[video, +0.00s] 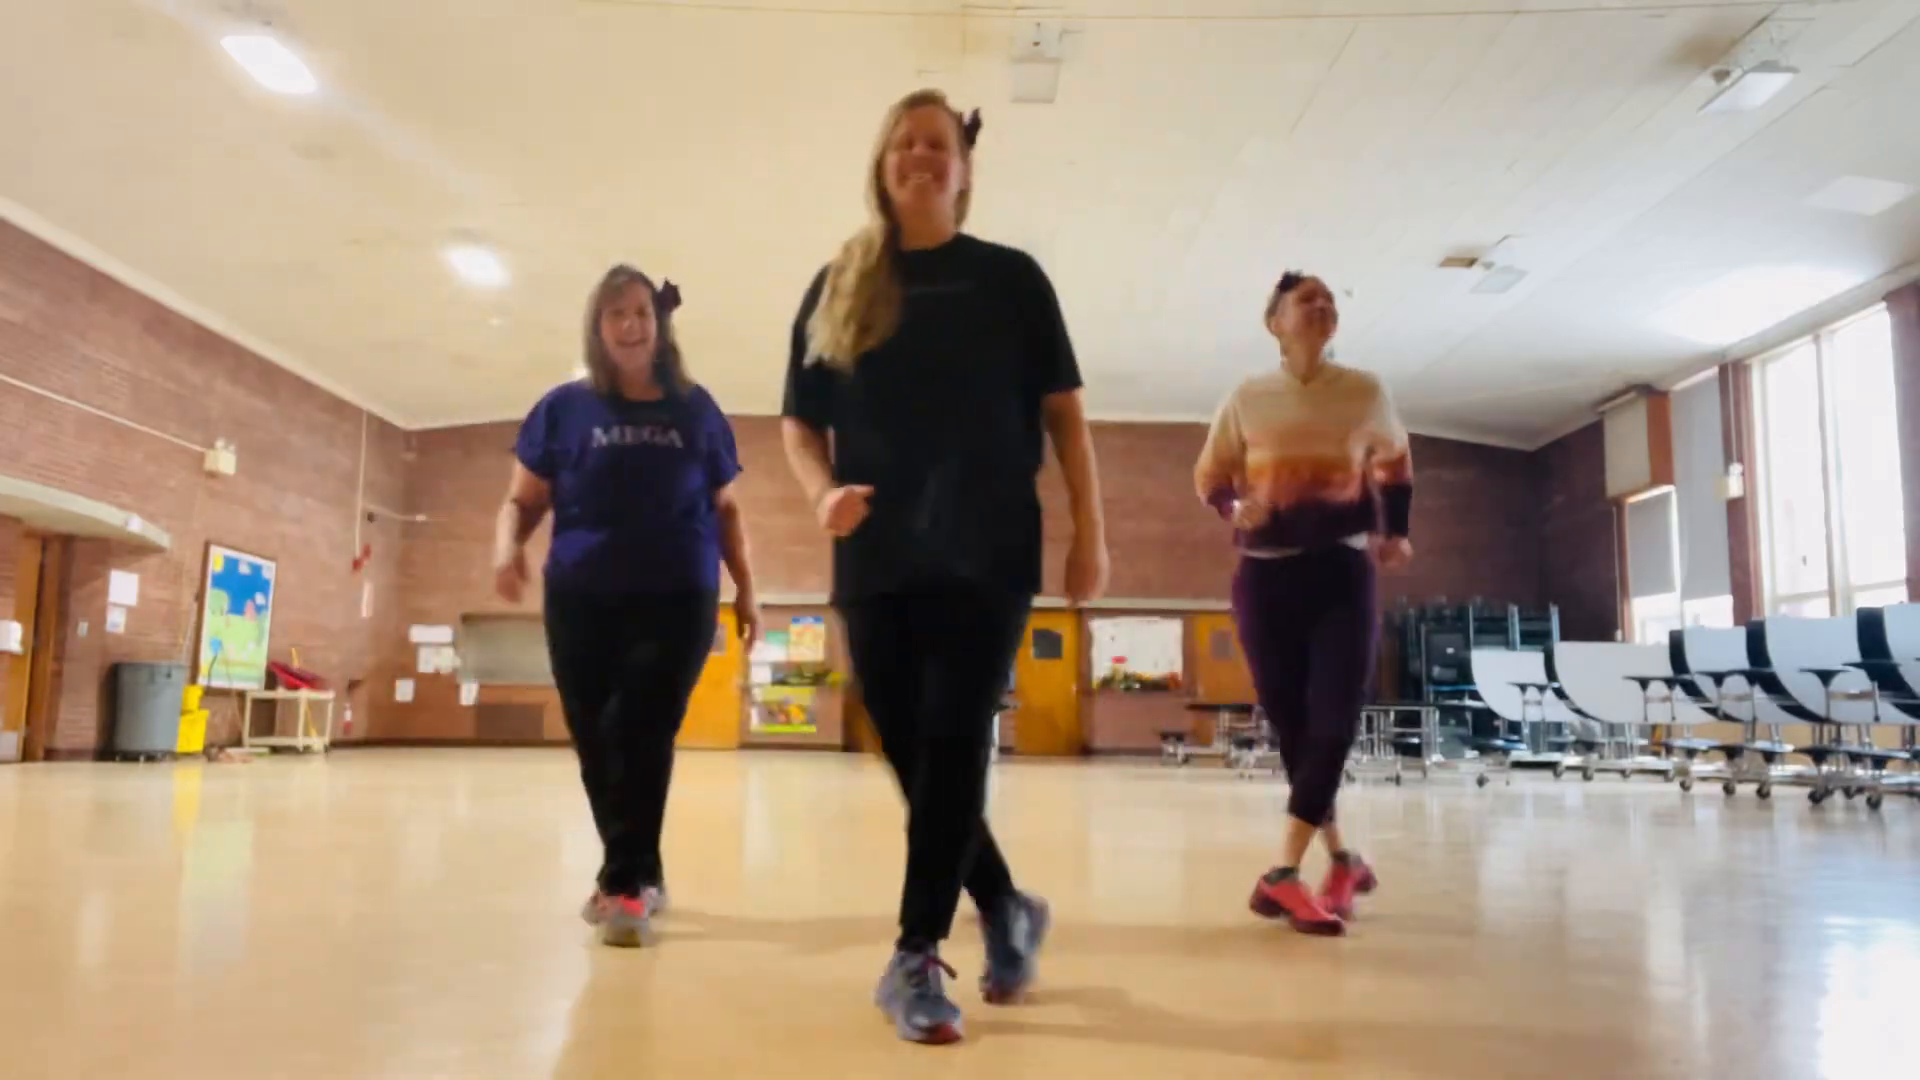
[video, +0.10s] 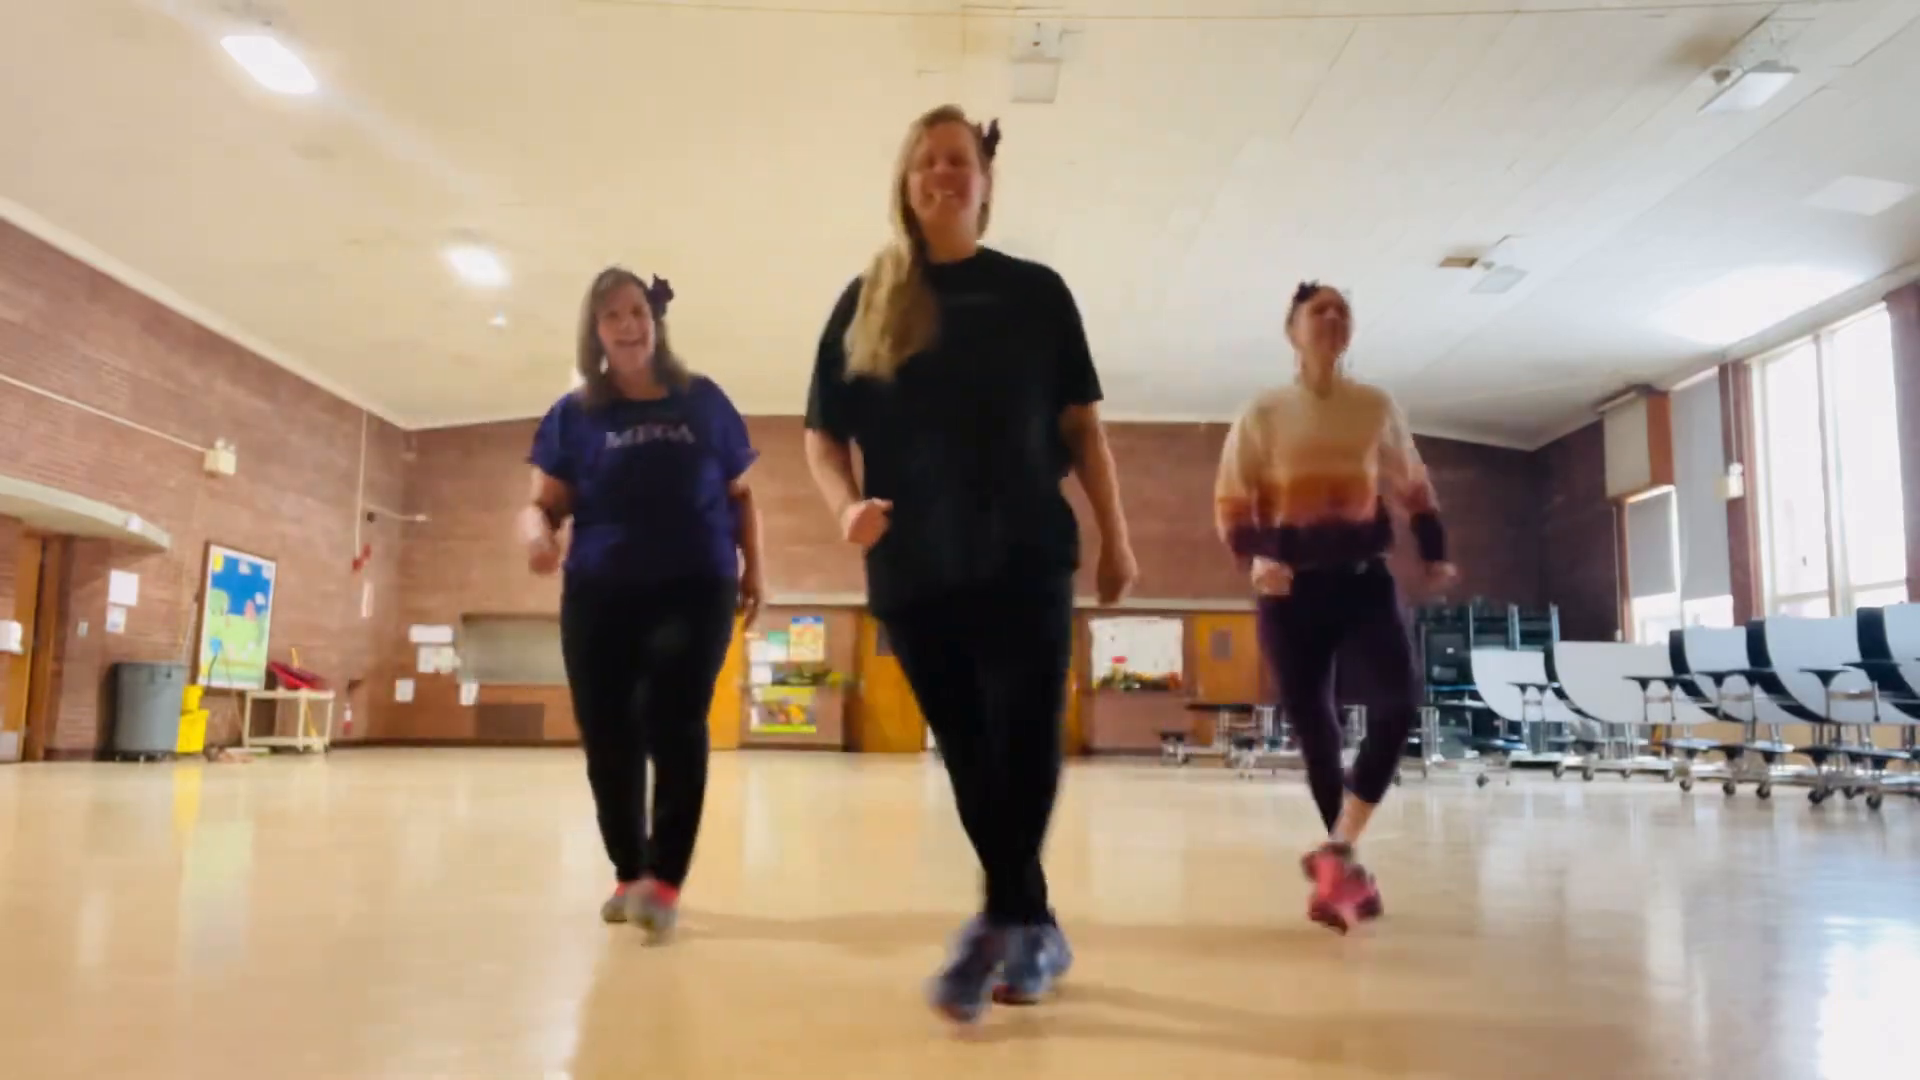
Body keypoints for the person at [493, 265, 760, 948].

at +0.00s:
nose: (631, 324)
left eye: (642, 313)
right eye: (618, 314)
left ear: (660, 322)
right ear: (597, 326)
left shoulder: (695, 409)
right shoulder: (563, 409)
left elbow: (725, 508)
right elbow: (523, 500)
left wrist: (744, 590)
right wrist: (508, 550)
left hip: (675, 596)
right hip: (583, 595)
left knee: (641, 735)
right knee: (597, 740)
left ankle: (620, 889)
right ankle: (638, 877)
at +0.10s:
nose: (628, 324)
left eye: (637, 312)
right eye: (613, 315)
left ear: (657, 321)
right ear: (594, 328)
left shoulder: (701, 400)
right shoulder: (573, 414)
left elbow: (741, 495)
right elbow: (544, 503)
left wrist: (751, 573)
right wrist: (541, 534)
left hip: (692, 587)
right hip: (600, 592)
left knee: (676, 728)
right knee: (609, 736)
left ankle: (665, 882)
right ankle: (629, 877)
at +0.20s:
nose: (638, 318)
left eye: (647, 306)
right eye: (624, 310)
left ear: (669, 315)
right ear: (606, 326)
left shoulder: (715, 396)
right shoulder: (585, 412)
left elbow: (762, 484)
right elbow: (559, 497)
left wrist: (773, 552)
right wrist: (556, 507)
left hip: (707, 582)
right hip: (613, 589)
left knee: (703, 722)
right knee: (619, 738)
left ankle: (729, 872)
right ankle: (637, 877)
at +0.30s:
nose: (651, 318)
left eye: (661, 307)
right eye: (639, 310)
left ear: (685, 319)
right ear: (622, 327)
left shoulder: (729, 400)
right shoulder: (600, 414)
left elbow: (776, 486)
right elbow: (574, 490)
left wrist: (785, 551)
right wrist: (569, 507)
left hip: (720, 588)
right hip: (626, 592)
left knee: (727, 730)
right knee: (624, 739)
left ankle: (775, 875)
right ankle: (637, 878)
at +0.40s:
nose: (668, 325)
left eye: (679, 314)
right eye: (656, 317)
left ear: (703, 325)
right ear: (640, 333)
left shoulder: (746, 408)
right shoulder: (622, 416)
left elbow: (785, 502)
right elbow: (599, 498)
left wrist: (784, 579)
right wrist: (592, 535)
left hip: (729, 600)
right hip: (638, 600)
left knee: (743, 739)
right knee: (628, 742)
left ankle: (786, 879)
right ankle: (638, 878)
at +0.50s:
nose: (682, 322)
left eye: (694, 312)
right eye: (670, 313)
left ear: (717, 323)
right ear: (654, 328)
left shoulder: (753, 405)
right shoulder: (631, 414)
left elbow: (791, 496)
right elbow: (611, 492)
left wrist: (783, 563)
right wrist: (605, 540)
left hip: (739, 601)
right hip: (647, 600)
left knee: (750, 740)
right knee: (635, 742)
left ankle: (786, 882)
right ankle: (639, 878)